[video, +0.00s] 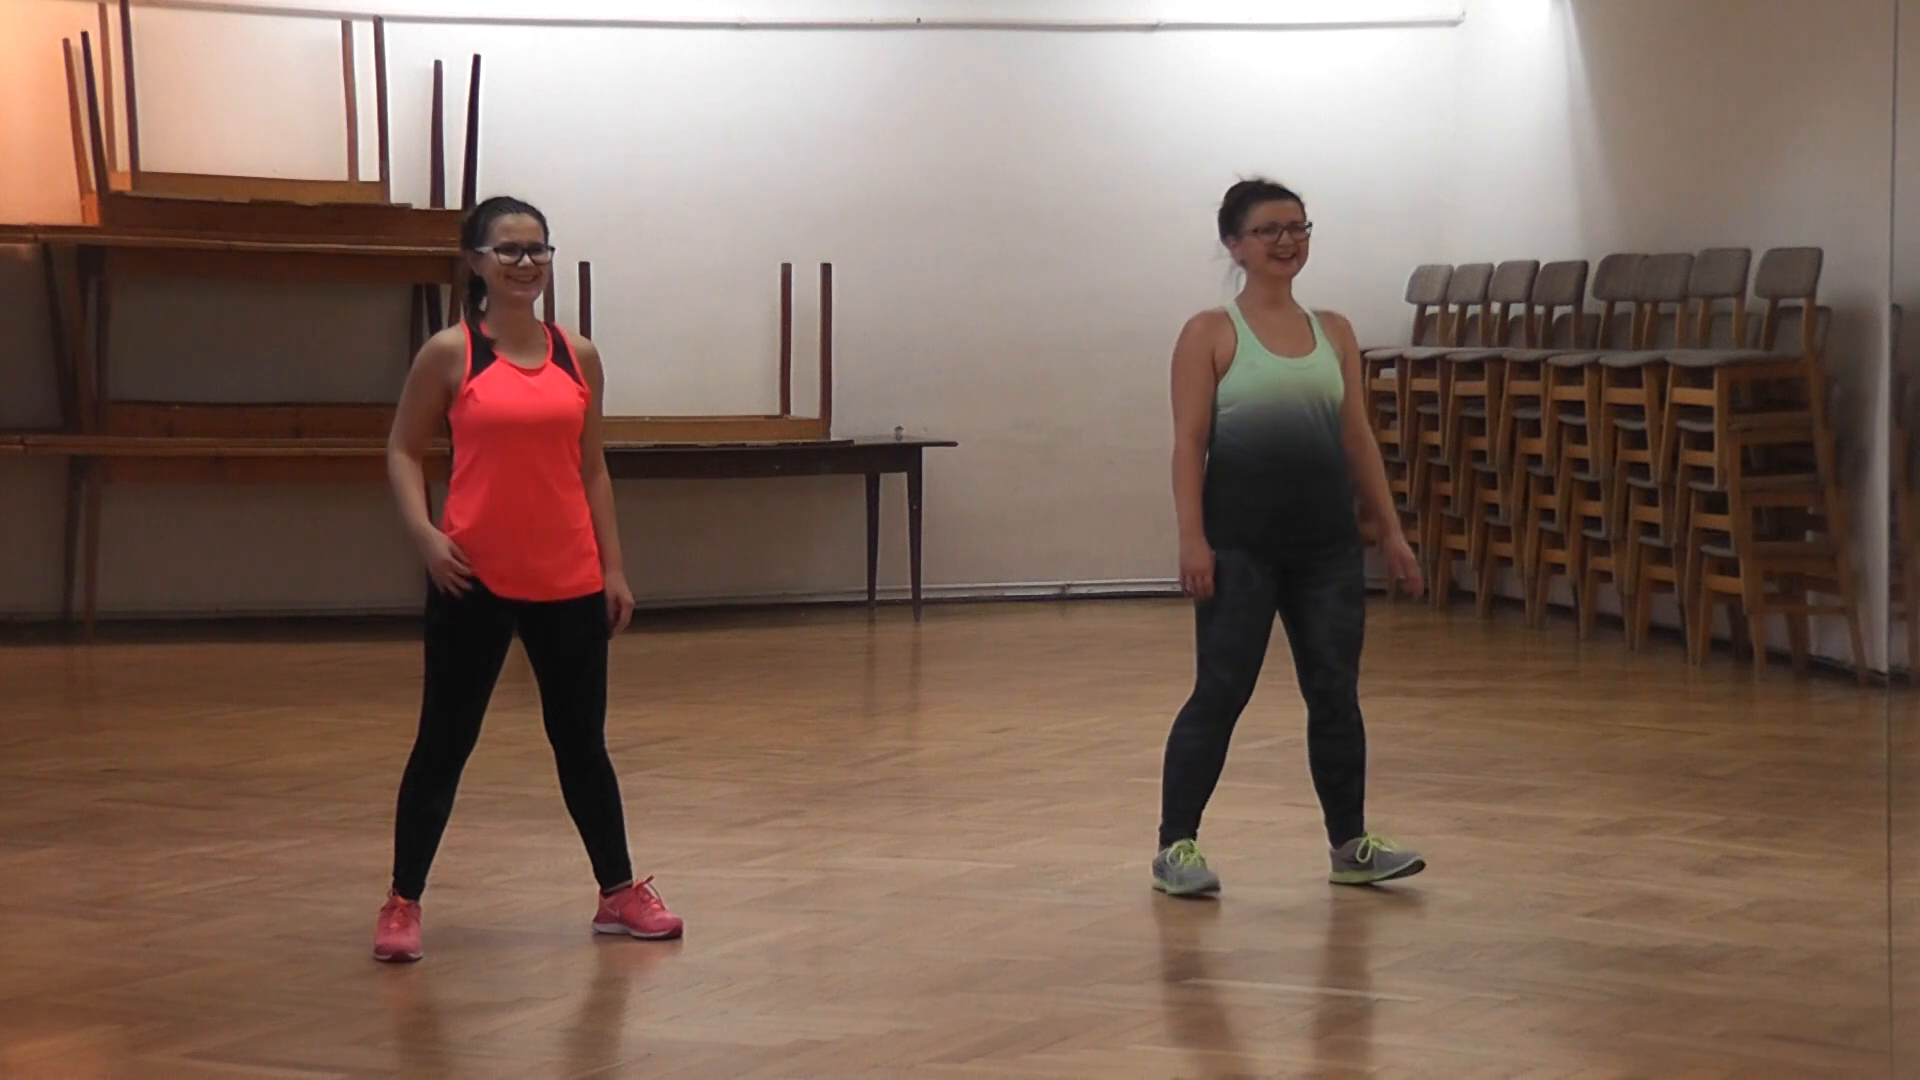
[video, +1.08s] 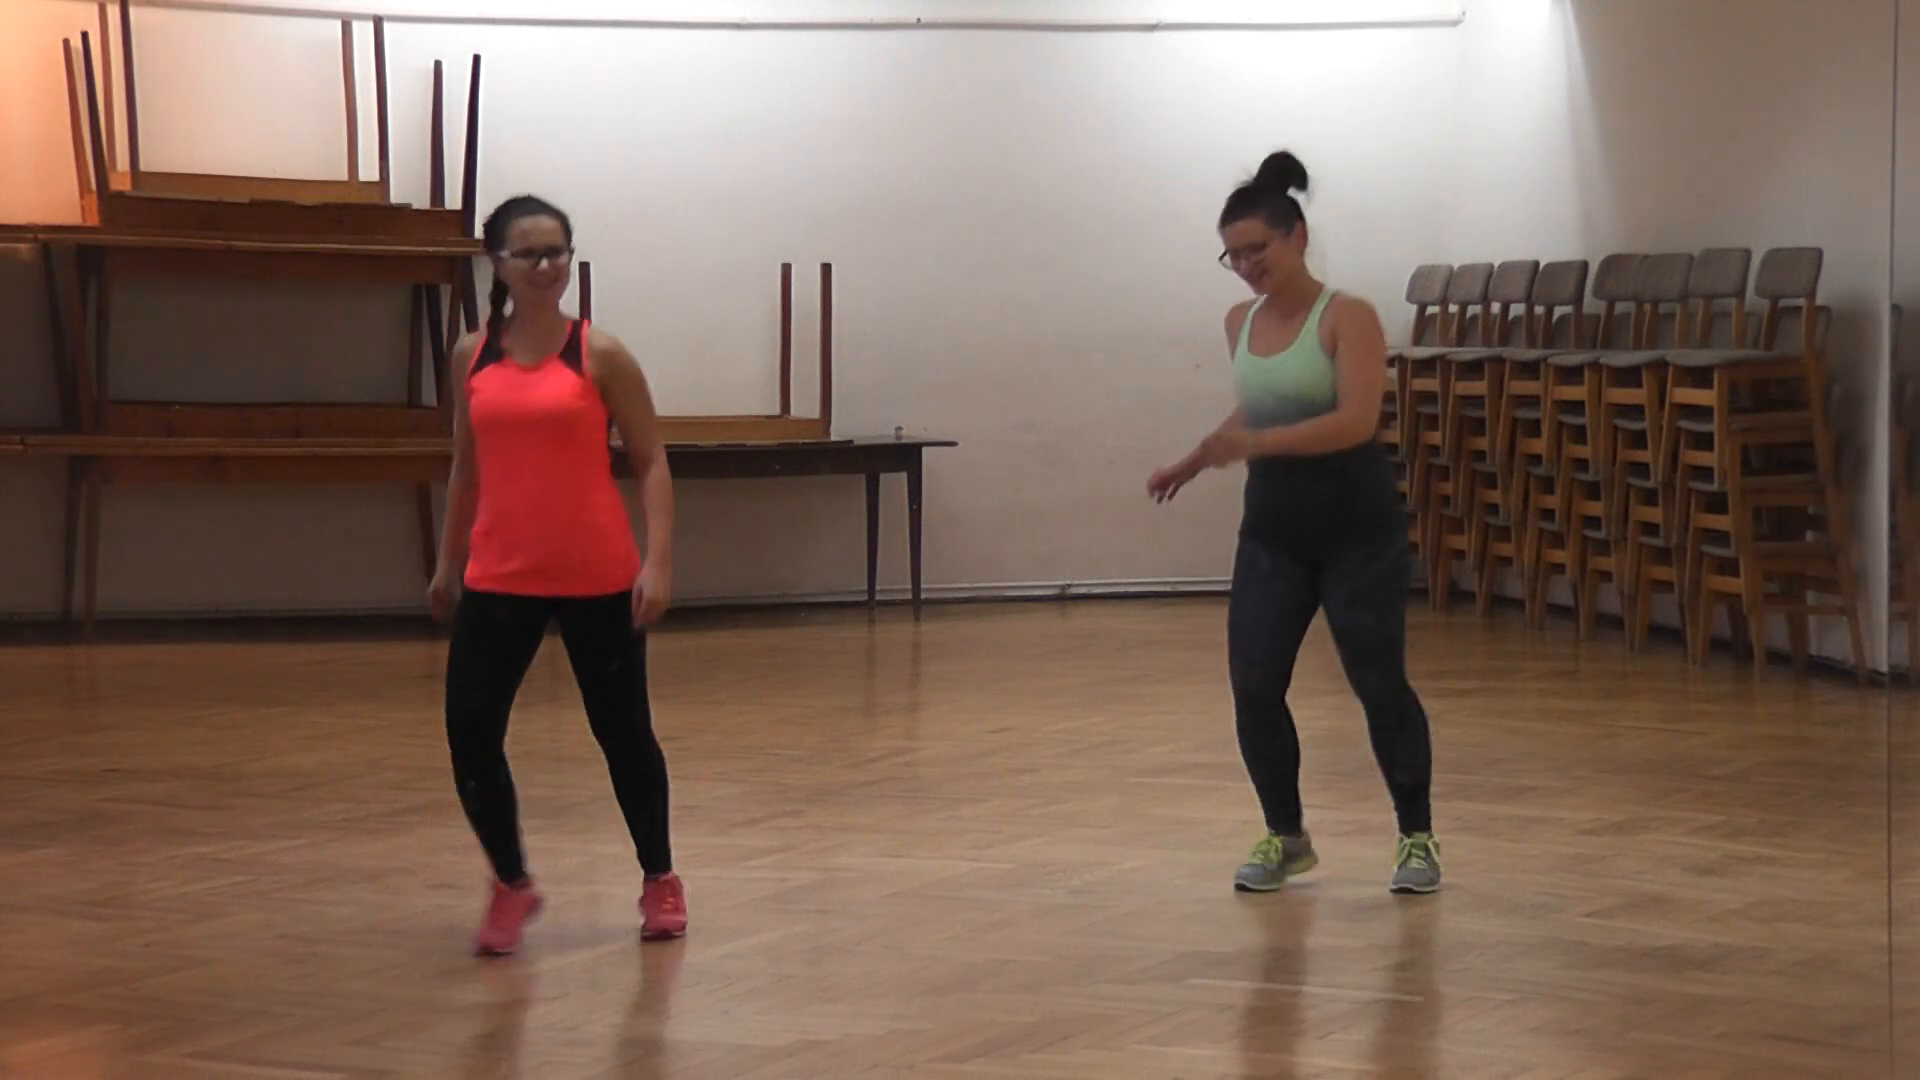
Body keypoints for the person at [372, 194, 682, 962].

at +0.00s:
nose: (526, 261)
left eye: (537, 249)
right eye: (509, 249)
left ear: (549, 261)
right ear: (476, 263)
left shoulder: (579, 356)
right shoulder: (447, 354)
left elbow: (593, 467)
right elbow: (405, 451)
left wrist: (614, 569)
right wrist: (425, 534)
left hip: (570, 584)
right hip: (474, 581)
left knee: (583, 742)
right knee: (443, 746)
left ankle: (620, 890)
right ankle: (403, 903)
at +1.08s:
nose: (546, 266)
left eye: (556, 252)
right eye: (529, 254)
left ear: (572, 260)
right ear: (498, 265)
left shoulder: (603, 354)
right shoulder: (472, 355)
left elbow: (652, 462)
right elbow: (465, 465)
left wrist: (657, 561)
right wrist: (448, 560)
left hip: (597, 576)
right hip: (499, 579)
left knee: (625, 732)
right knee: (470, 729)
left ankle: (660, 880)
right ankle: (512, 884)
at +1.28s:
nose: (498, 277)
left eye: (510, 264)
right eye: (482, 263)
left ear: (525, 268)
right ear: (450, 265)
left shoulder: (552, 361)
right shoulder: (423, 357)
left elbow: (600, 471)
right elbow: (407, 463)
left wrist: (624, 569)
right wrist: (398, 553)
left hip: (557, 580)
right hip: (465, 587)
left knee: (568, 728)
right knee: (480, 746)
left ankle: (630, 852)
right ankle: (536, 894)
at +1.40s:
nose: (458, 269)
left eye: (473, 257)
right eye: (444, 256)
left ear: (489, 262)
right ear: (413, 256)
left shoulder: (513, 351)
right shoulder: (387, 346)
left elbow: (573, 451)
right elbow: (352, 443)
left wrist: (587, 557)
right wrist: (350, 508)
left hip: (524, 552)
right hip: (442, 563)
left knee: (484, 699)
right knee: (478, 721)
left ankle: (526, 872)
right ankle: (528, 882)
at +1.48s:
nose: (432, 275)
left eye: (447, 263)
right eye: (417, 262)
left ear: (465, 271)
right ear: (389, 265)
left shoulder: (487, 361)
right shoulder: (366, 355)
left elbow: (547, 463)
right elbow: (327, 452)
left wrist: (563, 570)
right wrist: (326, 495)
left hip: (501, 562)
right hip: (423, 572)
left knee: (437, 707)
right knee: (493, 731)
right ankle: (543, 892)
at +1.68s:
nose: (374, 279)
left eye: (391, 273)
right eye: (363, 263)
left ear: (407, 291)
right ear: (333, 268)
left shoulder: (421, 378)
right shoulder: (302, 368)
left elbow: (472, 489)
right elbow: (284, 470)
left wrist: (478, 604)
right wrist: (279, 508)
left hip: (415, 591)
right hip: (339, 589)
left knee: (355, 749)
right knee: (381, 755)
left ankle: (335, 926)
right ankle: (501, 868)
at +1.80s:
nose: (340, 260)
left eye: (355, 254)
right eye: (328, 243)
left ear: (367, 273)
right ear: (294, 247)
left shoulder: (383, 355)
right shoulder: (258, 351)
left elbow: (432, 462)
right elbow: (234, 457)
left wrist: (421, 566)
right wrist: (234, 512)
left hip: (372, 592)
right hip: (288, 590)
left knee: (344, 753)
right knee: (263, 740)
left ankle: (336, 923)